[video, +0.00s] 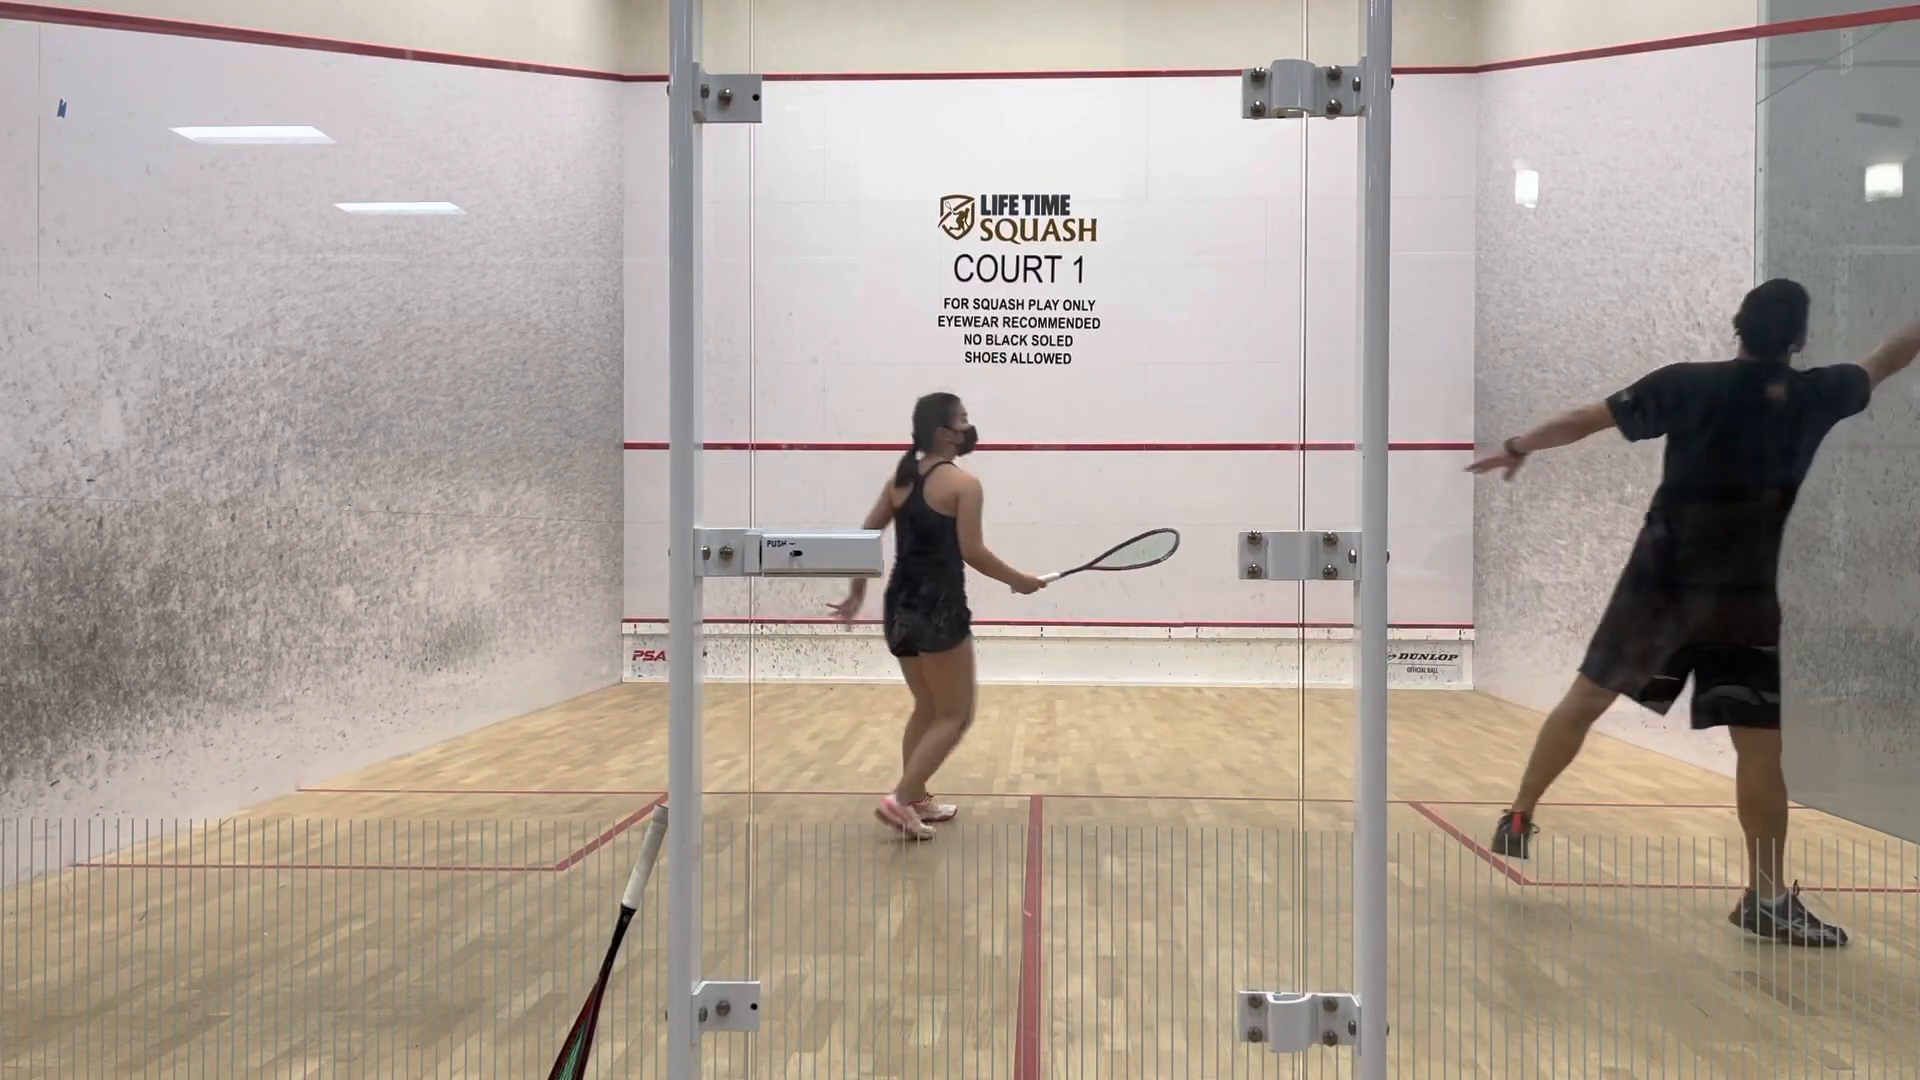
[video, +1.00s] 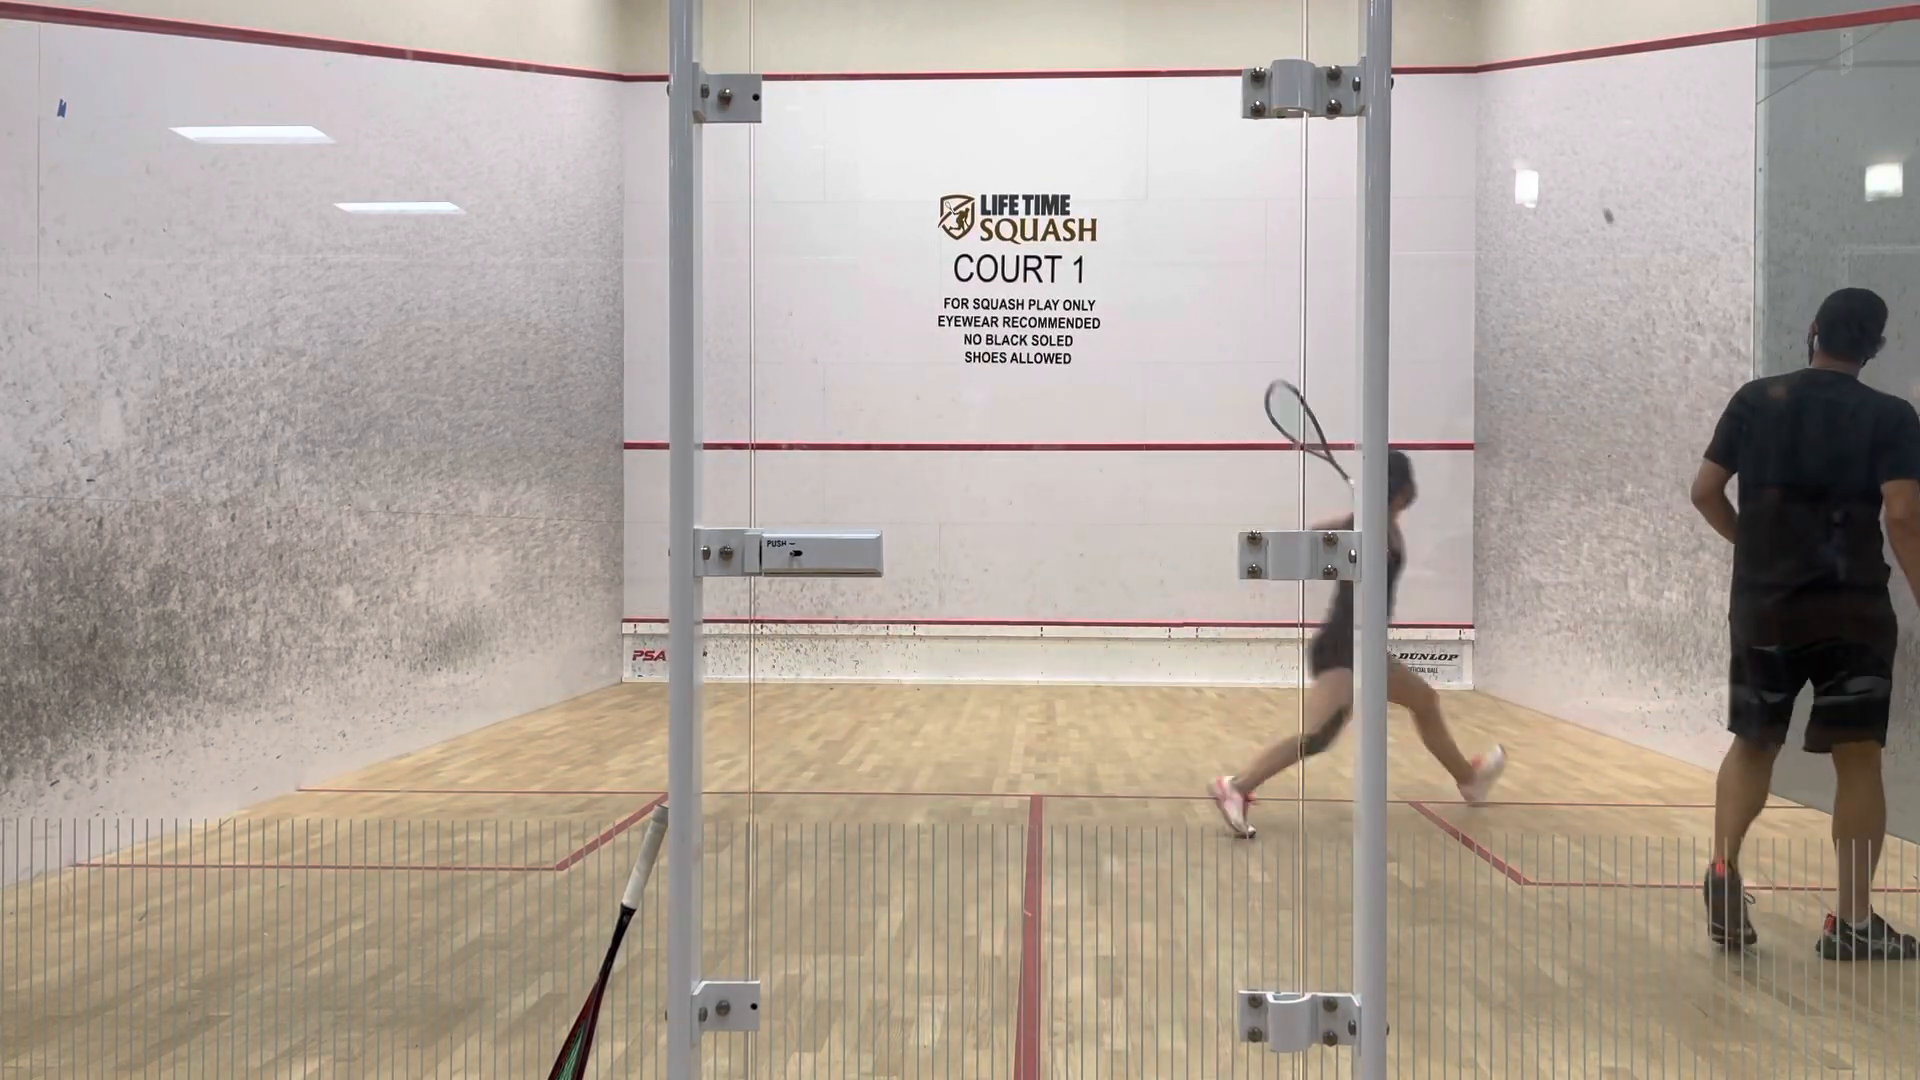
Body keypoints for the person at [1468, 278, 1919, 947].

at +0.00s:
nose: (1789, 340)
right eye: (1798, 331)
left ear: (1739, 328)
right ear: (1799, 338)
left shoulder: (1687, 384)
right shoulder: (1812, 396)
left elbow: (1586, 419)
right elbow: (1888, 360)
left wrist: (1521, 446)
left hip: (1656, 591)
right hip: (1745, 602)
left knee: (1583, 700)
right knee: (1760, 747)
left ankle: (1517, 817)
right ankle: (1768, 895)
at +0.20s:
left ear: (1772, 319)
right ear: (1835, 330)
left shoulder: (1721, 379)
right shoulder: (1858, 393)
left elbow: (1617, 429)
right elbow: (1898, 452)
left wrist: (1612, 454)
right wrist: (1851, 389)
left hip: (1704, 597)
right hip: (1794, 608)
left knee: (1644, 706)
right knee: (1787, 745)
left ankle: (1593, 830)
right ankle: (1774, 895)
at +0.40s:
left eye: (1795, 313)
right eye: (1837, 320)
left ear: (1781, 320)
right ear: (1844, 328)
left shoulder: (1732, 384)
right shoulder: (1873, 403)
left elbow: (1642, 455)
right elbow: (1890, 513)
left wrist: (1660, 493)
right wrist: (1886, 597)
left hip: (1727, 603)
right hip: (1816, 609)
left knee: (1714, 725)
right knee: (1801, 746)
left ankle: (1699, 857)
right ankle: (1776, 897)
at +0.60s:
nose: (1823, 350)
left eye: (1794, 334)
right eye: (1838, 343)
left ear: (1778, 339)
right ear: (1840, 350)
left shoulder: (1723, 400)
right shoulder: (1860, 416)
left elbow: (1650, 480)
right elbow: (1863, 501)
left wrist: (1675, 531)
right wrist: (1877, 599)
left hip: (1728, 612)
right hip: (1819, 610)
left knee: (1729, 747)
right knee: (1875, 731)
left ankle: (1726, 910)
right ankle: (1811, 872)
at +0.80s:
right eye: (1849, 341)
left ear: (1788, 336)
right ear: (1848, 348)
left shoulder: (1735, 399)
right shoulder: (1867, 412)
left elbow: (1682, 491)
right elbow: (1870, 491)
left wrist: (1724, 544)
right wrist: (1890, 593)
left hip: (1744, 618)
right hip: (1837, 619)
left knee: (1736, 753)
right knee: (1867, 756)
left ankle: (1729, 912)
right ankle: (1858, 913)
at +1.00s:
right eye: (1874, 341)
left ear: (1815, 337)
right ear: (1875, 348)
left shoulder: (1756, 399)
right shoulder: (1892, 416)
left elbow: (1705, 492)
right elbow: (1901, 516)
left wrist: (1752, 542)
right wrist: (1917, 592)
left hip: (1764, 611)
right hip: (1854, 613)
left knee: (1752, 743)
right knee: (1859, 756)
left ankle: (1722, 865)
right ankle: (1853, 919)